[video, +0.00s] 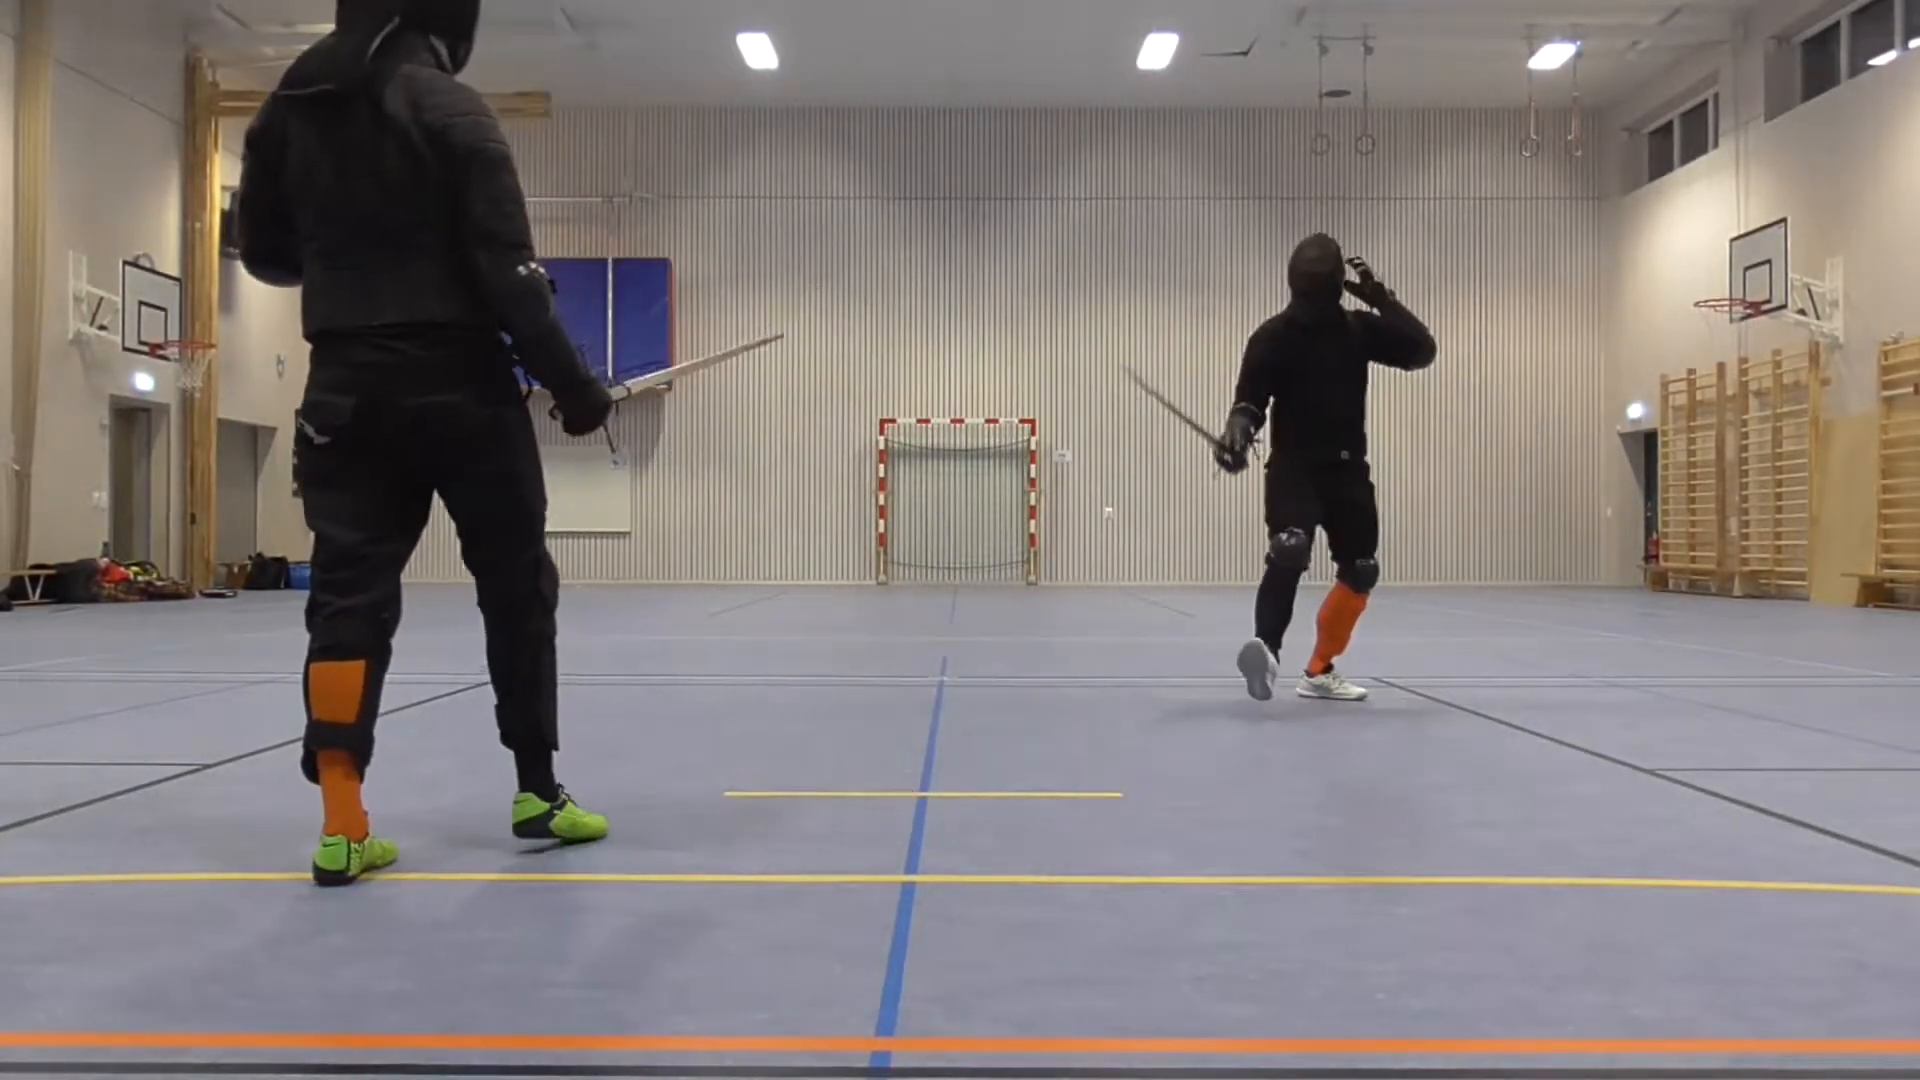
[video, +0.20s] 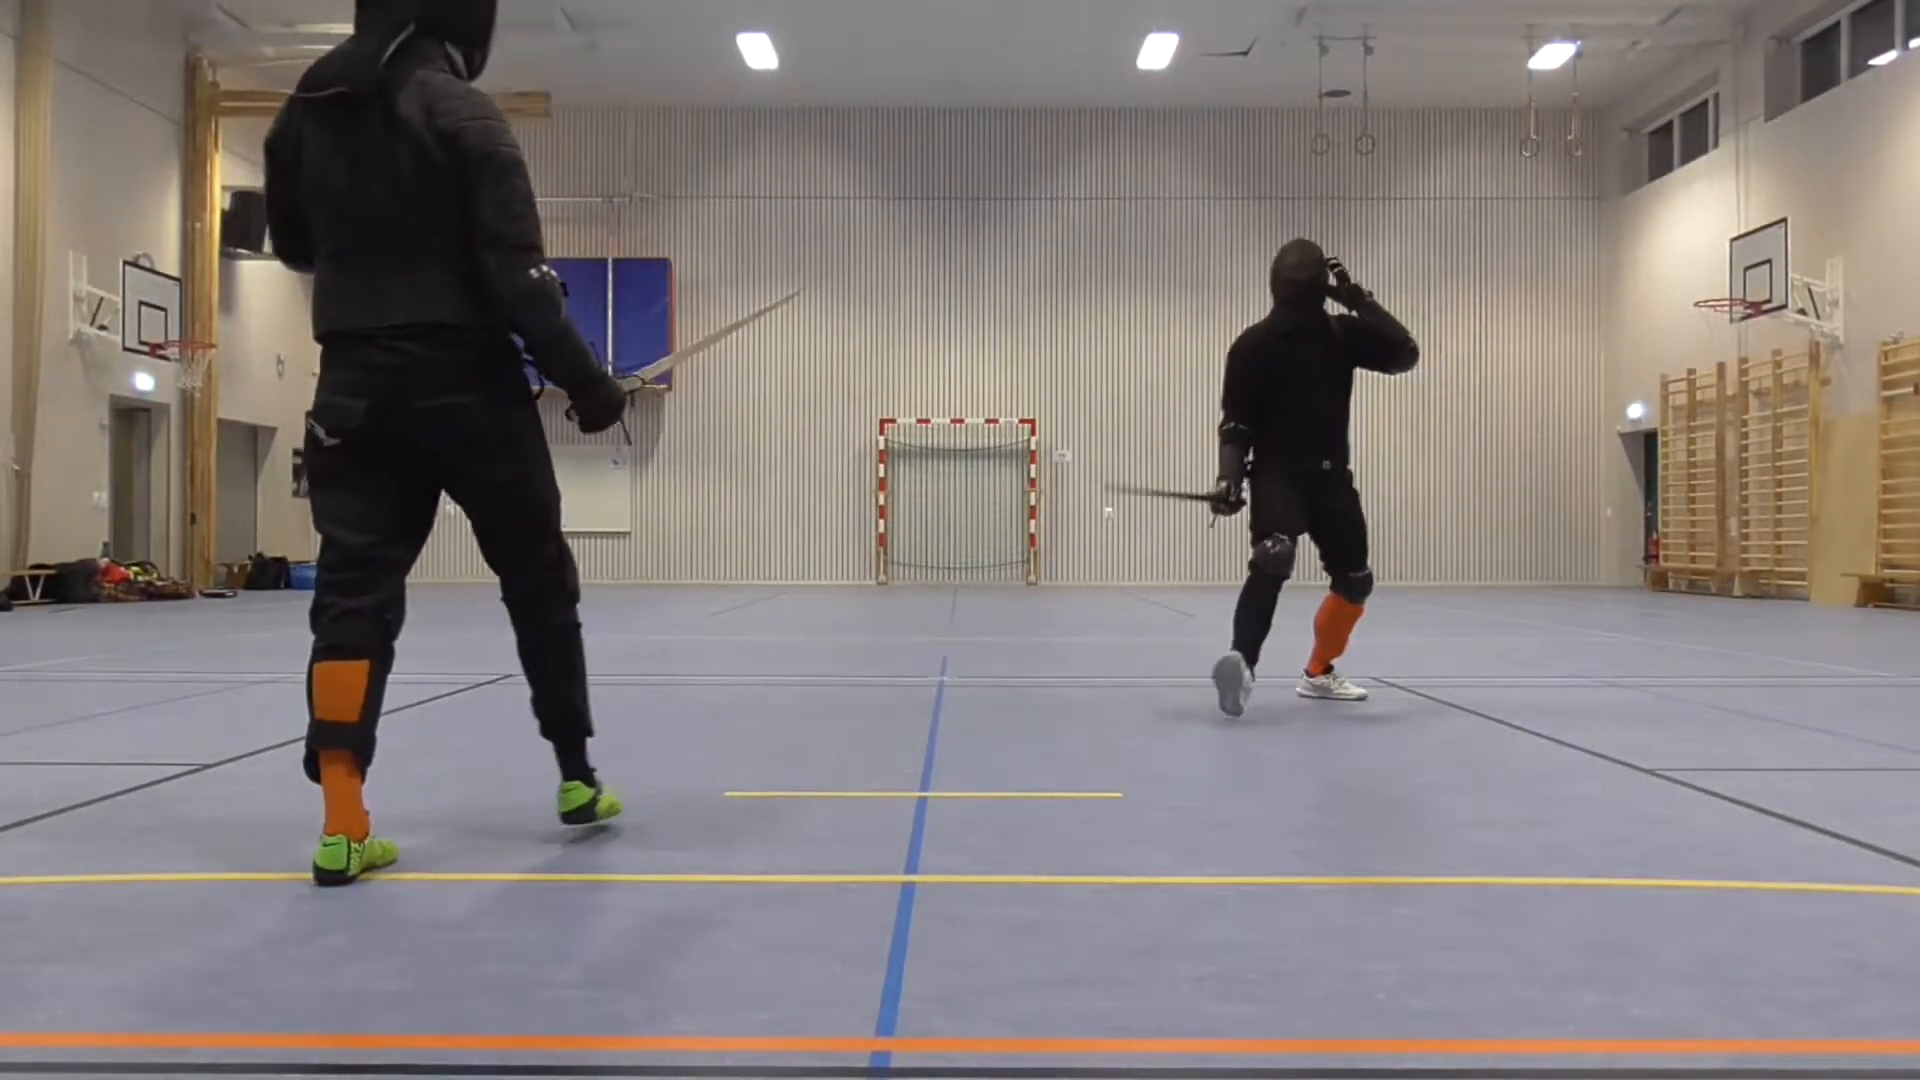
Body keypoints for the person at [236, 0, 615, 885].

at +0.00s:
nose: (469, 39)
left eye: (468, 26)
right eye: (466, 24)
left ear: (359, 14)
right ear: (440, 19)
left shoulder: (288, 108)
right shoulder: (451, 109)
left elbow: (267, 252)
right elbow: (508, 271)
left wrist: (358, 246)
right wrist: (577, 383)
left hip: (346, 388)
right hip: (464, 385)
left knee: (346, 595)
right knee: (516, 581)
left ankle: (342, 832)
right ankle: (537, 791)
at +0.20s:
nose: (487, 39)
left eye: (484, 27)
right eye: (483, 25)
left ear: (376, 18)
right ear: (457, 24)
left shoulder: (305, 113)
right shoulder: (467, 116)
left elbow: (294, 243)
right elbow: (517, 280)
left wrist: (386, 233)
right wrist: (589, 381)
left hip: (355, 393)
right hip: (470, 389)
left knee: (352, 591)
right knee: (536, 572)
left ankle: (343, 827)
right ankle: (576, 778)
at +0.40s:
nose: (533, 68)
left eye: (531, 51)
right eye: (529, 49)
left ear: (423, 33)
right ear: (507, 46)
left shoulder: (353, 129)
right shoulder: (512, 138)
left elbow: (339, 251)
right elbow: (554, 296)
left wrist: (432, 247)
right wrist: (622, 400)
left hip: (382, 395)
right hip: (497, 399)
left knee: (365, 594)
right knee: (565, 579)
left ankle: (343, 828)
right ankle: (630, 772)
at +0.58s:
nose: (594, 97)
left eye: (593, 82)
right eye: (592, 81)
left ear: (493, 56)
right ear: (572, 72)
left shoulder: (420, 145)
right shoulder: (573, 158)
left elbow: (397, 269)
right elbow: (608, 317)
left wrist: (497, 295)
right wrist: (662, 425)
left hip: (433, 402)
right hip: (546, 410)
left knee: (403, 591)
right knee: (604, 589)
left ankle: (349, 812)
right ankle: (640, 782)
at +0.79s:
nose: (655, 110)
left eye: (656, 96)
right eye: (655, 95)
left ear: (565, 70)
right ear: (633, 86)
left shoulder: (480, 154)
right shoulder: (632, 168)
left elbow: (467, 278)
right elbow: (667, 317)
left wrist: (526, 351)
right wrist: (719, 413)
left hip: (478, 394)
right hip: (589, 403)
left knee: (443, 571)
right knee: (631, 582)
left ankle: (391, 769)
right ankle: (642, 783)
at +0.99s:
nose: (670, 119)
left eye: (672, 106)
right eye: (671, 104)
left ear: (583, 78)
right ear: (649, 93)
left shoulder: (496, 154)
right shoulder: (645, 166)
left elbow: (485, 272)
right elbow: (697, 313)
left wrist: (537, 353)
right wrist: (753, 407)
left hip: (488, 391)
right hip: (597, 398)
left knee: (454, 572)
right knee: (634, 580)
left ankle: (419, 773)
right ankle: (641, 783)